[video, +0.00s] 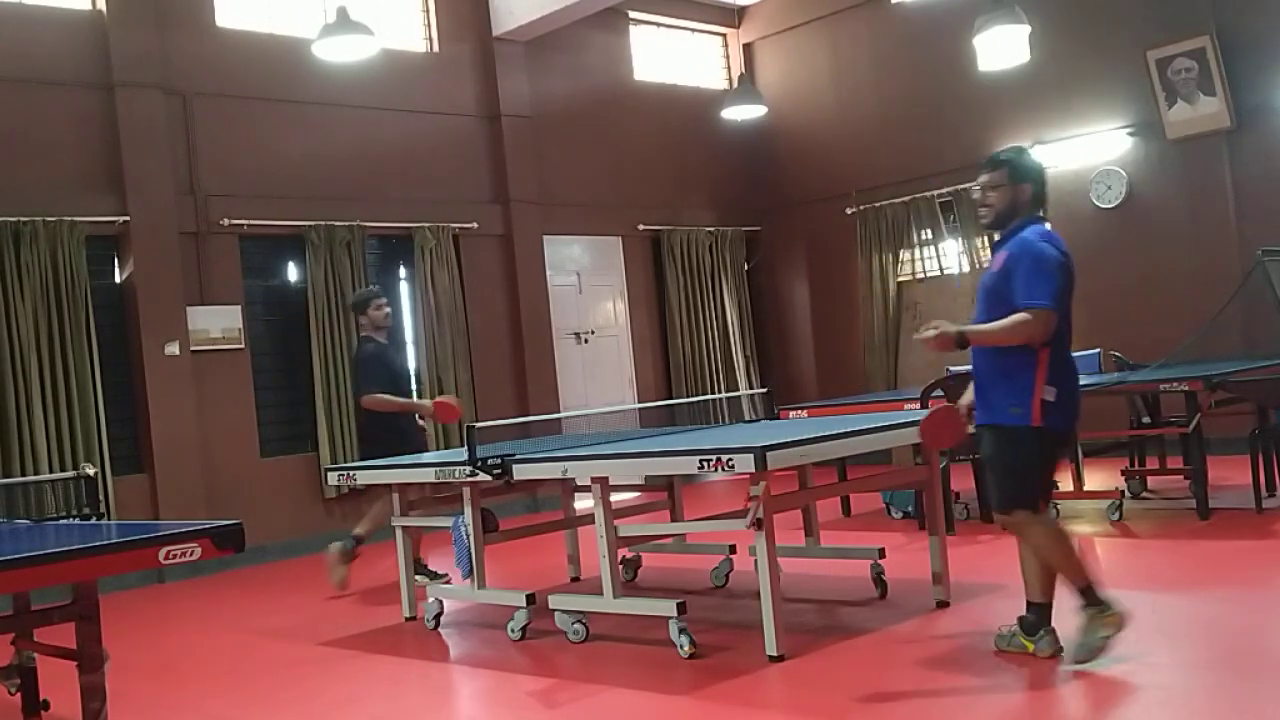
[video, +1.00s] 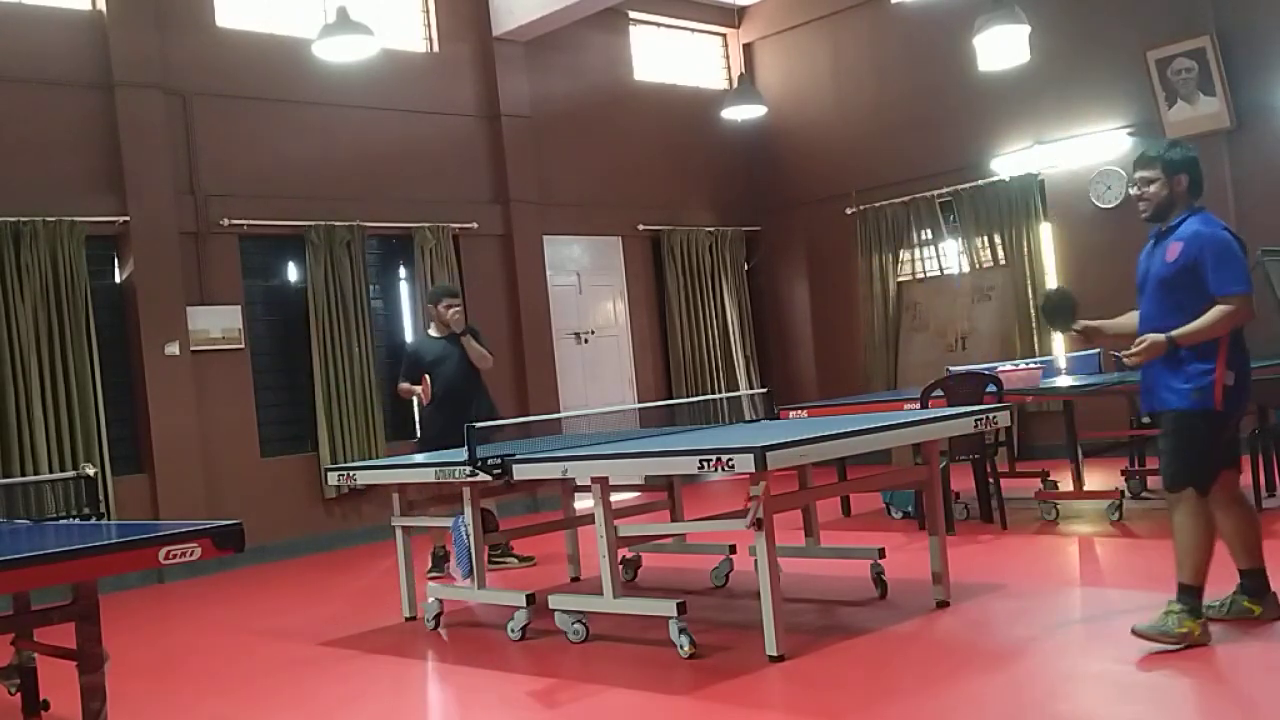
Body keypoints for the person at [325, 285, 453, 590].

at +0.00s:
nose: (387, 310)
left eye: (386, 306)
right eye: (379, 308)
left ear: (384, 311)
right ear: (362, 317)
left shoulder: (381, 347)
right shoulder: (369, 351)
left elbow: (388, 396)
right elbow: (368, 398)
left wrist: (412, 419)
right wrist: (416, 405)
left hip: (396, 438)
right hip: (393, 441)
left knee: (394, 497)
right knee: (414, 500)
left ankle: (351, 543)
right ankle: (415, 563)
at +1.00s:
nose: (456, 312)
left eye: (458, 307)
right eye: (449, 307)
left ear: (463, 309)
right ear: (433, 310)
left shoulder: (469, 335)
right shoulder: (418, 347)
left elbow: (486, 363)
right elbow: (402, 386)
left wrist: (461, 333)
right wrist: (417, 391)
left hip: (476, 424)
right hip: (438, 430)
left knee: (485, 486)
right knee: (440, 493)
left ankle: (495, 546)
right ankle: (440, 552)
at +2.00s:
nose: (423, 314)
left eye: (426, 309)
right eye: (417, 310)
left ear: (431, 312)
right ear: (402, 315)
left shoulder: (445, 344)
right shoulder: (387, 350)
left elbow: (459, 379)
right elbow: (369, 387)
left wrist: (458, 407)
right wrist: (383, 398)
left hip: (439, 435)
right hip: (402, 438)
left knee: (440, 494)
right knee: (398, 499)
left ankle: (435, 549)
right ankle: (391, 561)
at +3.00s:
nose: (446, 312)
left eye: (449, 307)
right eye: (439, 308)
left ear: (454, 311)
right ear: (425, 315)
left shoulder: (471, 345)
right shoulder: (410, 353)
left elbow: (491, 380)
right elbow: (399, 395)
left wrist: (482, 404)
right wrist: (420, 403)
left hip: (470, 437)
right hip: (429, 442)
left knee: (495, 489)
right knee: (410, 501)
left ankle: (507, 548)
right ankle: (395, 561)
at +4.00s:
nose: (442, 338)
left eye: (445, 332)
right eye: (435, 333)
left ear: (449, 332)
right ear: (420, 335)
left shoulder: (464, 362)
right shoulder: (403, 371)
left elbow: (486, 390)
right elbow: (394, 412)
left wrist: (485, 424)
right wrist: (418, 425)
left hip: (464, 449)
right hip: (417, 453)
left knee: (497, 486)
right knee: (398, 496)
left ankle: (506, 548)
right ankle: (394, 562)